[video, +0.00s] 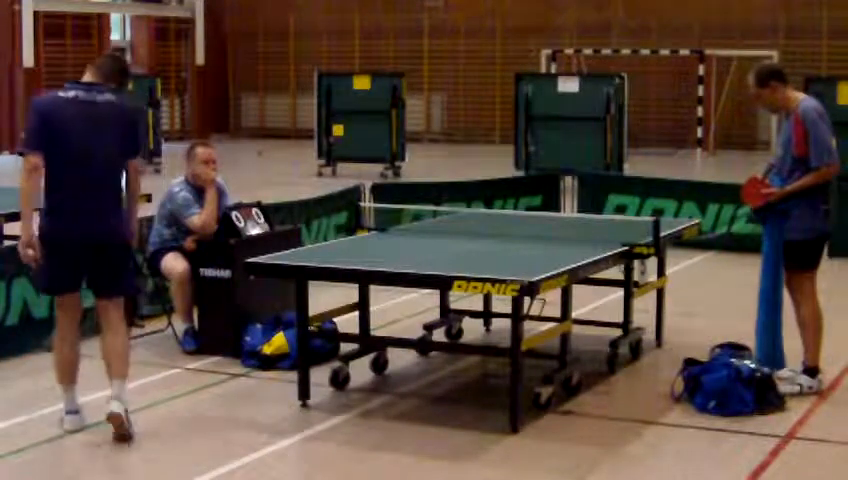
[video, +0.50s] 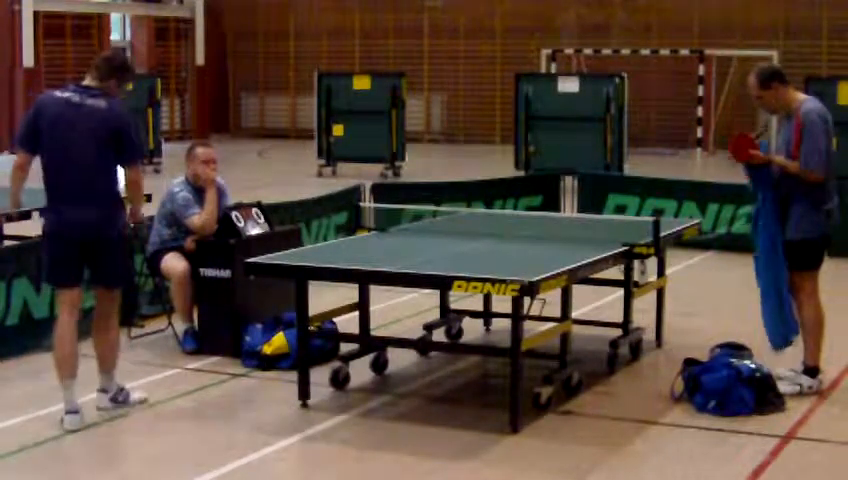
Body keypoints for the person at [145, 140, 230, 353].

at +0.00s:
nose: (212, 168)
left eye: (214, 163)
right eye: (206, 163)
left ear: (217, 164)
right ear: (190, 167)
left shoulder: (217, 187)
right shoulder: (178, 192)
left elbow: (224, 222)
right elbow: (205, 226)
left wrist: (196, 237)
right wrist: (211, 189)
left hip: (199, 240)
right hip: (166, 244)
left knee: (227, 262)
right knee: (181, 270)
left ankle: (221, 320)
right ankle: (188, 327)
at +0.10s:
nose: (212, 168)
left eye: (214, 163)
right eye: (205, 163)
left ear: (217, 165)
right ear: (190, 166)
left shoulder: (217, 188)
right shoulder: (179, 192)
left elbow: (223, 223)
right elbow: (205, 226)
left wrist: (198, 237)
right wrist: (211, 189)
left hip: (199, 240)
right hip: (166, 244)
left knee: (226, 262)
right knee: (181, 269)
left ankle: (220, 320)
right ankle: (188, 326)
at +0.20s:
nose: (212, 168)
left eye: (214, 163)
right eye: (205, 163)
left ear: (216, 165)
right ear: (190, 166)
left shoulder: (217, 188)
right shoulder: (179, 192)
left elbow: (223, 224)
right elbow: (205, 226)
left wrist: (197, 237)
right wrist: (211, 189)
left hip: (200, 241)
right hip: (166, 244)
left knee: (226, 262)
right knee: (181, 269)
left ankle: (220, 320)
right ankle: (188, 327)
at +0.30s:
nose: (212, 168)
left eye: (214, 163)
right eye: (205, 163)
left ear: (216, 165)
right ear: (190, 166)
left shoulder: (217, 188)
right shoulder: (179, 192)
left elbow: (223, 224)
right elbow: (205, 226)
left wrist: (197, 237)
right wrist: (211, 189)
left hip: (199, 241)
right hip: (166, 244)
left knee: (226, 262)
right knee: (181, 269)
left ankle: (220, 320)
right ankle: (188, 327)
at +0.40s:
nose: (212, 168)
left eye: (214, 163)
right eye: (206, 163)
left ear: (217, 164)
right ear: (190, 166)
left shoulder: (218, 187)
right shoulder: (179, 192)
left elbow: (224, 223)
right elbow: (205, 227)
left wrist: (197, 237)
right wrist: (211, 189)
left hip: (199, 241)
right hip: (166, 244)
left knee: (226, 262)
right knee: (181, 269)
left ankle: (221, 320)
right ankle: (188, 327)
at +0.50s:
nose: (212, 168)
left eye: (214, 163)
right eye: (206, 163)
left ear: (217, 164)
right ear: (190, 166)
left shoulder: (218, 187)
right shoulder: (179, 192)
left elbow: (224, 223)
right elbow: (205, 226)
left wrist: (197, 237)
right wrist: (211, 189)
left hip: (199, 241)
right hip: (166, 244)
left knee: (226, 262)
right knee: (181, 269)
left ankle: (221, 320)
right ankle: (188, 327)